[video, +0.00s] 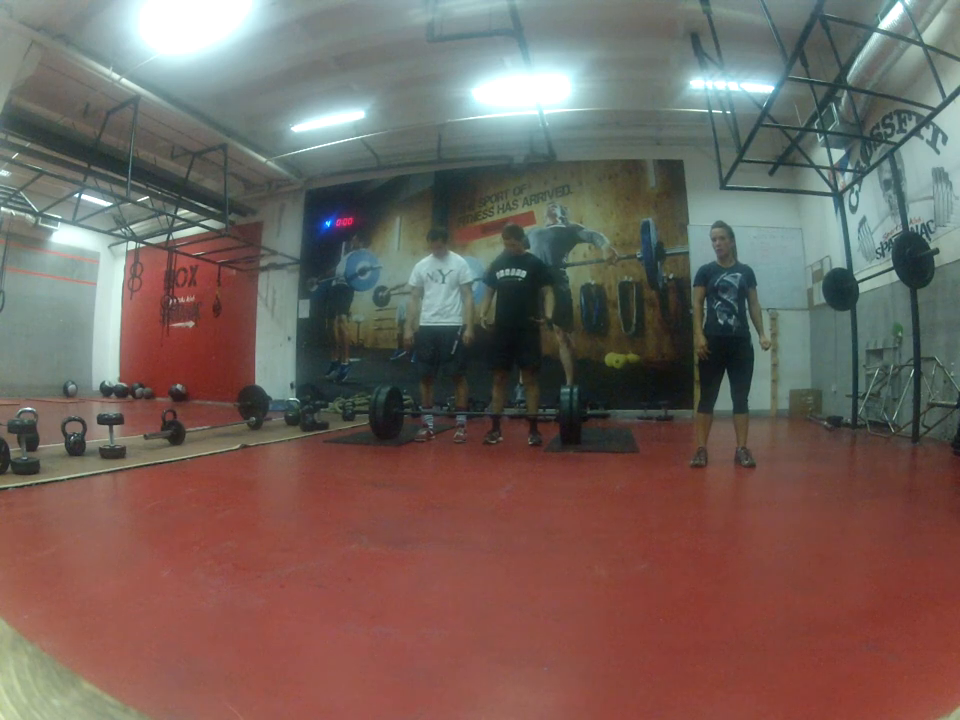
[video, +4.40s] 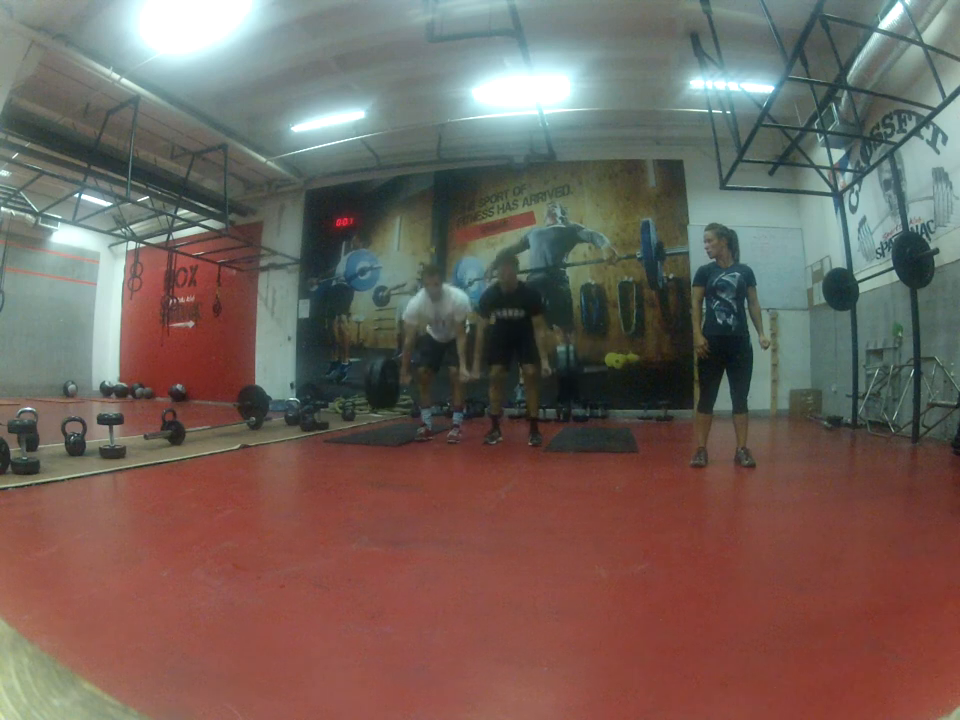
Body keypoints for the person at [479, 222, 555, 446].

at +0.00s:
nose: (506, 246)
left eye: (510, 242)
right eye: (505, 242)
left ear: (520, 240)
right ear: (503, 241)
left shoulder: (535, 263)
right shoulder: (498, 262)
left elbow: (548, 291)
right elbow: (489, 292)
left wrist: (548, 316)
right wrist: (483, 314)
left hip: (528, 327)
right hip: (503, 327)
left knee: (530, 378)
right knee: (499, 377)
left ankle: (533, 429)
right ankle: (495, 428)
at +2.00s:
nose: (507, 263)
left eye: (510, 259)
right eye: (503, 259)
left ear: (517, 254)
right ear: (497, 256)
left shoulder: (530, 272)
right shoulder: (492, 272)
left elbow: (542, 304)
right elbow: (482, 306)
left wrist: (542, 337)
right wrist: (482, 341)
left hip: (527, 333)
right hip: (502, 334)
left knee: (530, 378)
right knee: (500, 379)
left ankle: (533, 429)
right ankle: (495, 428)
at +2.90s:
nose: (506, 289)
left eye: (509, 285)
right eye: (502, 286)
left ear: (515, 280)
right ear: (496, 281)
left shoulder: (529, 290)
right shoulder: (489, 291)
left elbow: (540, 322)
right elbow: (481, 323)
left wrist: (540, 357)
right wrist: (482, 359)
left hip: (527, 342)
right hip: (501, 343)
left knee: (530, 379)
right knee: (499, 378)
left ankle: (533, 429)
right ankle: (495, 428)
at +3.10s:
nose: (507, 319)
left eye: (510, 315)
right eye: (504, 316)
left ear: (516, 309)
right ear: (497, 310)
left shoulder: (529, 311)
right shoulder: (489, 312)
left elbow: (541, 345)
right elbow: (479, 346)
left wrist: (543, 381)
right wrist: (479, 384)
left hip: (525, 338)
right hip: (501, 338)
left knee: (530, 376)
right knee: (498, 376)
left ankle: (534, 429)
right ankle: (495, 428)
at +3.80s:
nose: (509, 295)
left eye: (512, 290)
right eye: (505, 290)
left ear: (518, 288)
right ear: (499, 289)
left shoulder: (529, 306)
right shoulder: (489, 306)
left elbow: (540, 339)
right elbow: (481, 339)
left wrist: (546, 373)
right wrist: (477, 374)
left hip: (526, 345)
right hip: (500, 346)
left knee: (531, 380)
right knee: (496, 380)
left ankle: (534, 430)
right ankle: (495, 429)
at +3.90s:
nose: (509, 265)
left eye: (513, 261)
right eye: (506, 261)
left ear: (518, 262)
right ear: (499, 263)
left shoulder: (529, 287)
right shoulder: (490, 287)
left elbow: (538, 320)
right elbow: (482, 319)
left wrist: (544, 351)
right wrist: (477, 351)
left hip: (526, 342)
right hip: (499, 342)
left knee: (530, 382)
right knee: (497, 383)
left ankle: (534, 430)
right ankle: (495, 428)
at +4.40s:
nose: (506, 276)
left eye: (510, 272)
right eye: (503, 272)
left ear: (516, 272)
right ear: (497, 273)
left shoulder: (530, 293)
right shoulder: (490, 295)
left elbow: (539, 327)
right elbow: (481, 328)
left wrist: (544, 360)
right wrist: (476, 363)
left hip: (525, 341)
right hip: (499, 342)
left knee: (531, 374)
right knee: (496, 377)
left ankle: (534, 428)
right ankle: (495, 428)